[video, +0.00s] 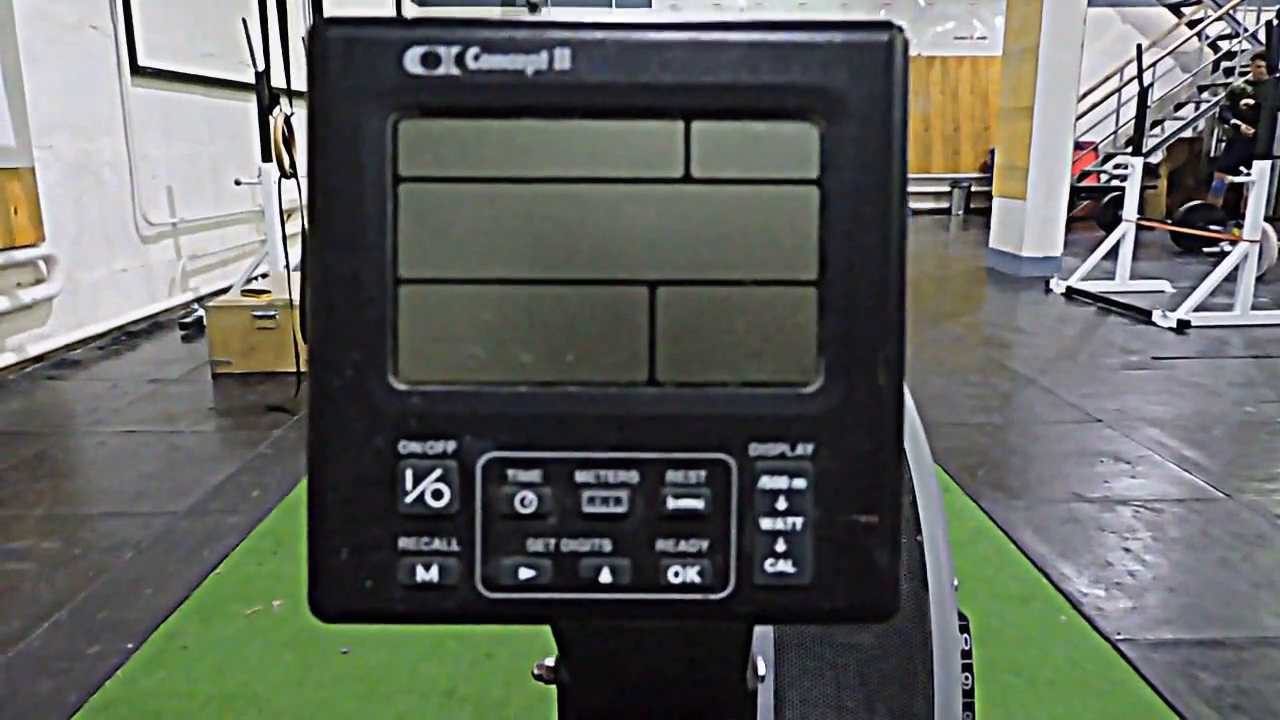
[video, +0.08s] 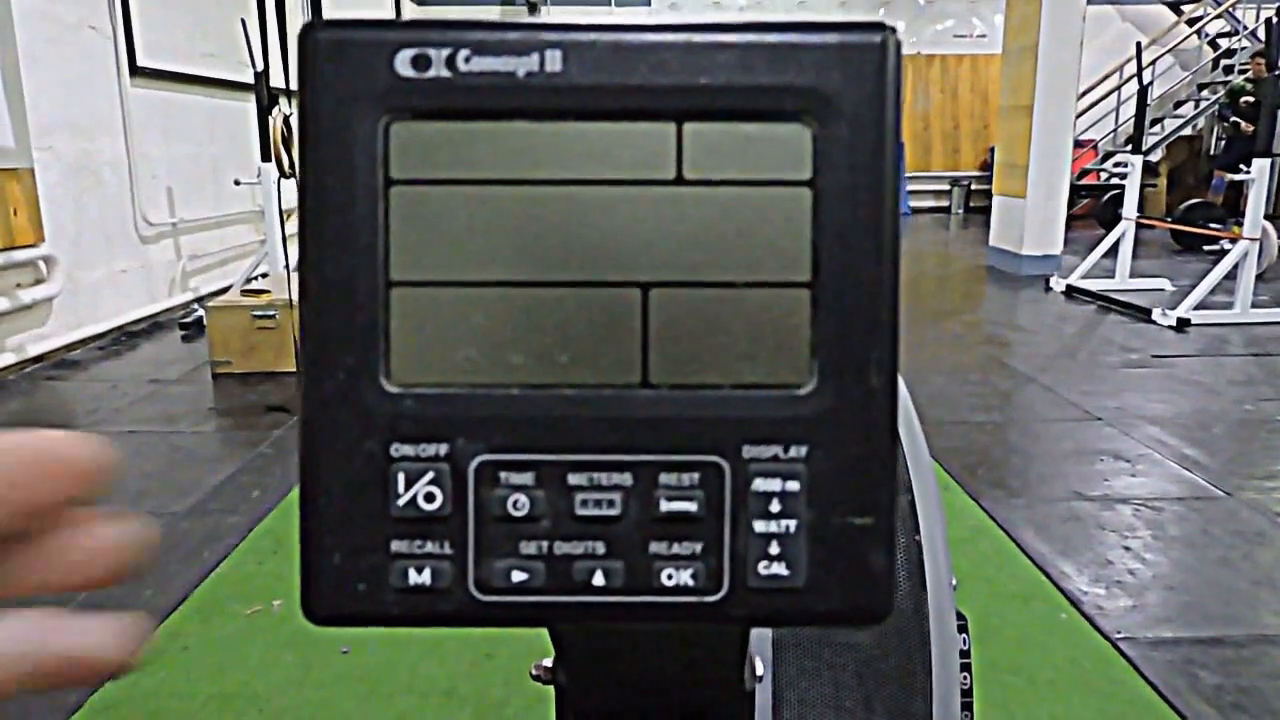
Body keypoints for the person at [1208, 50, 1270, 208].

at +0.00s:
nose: (1259, 70)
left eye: (1262, 67)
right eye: (1256, 66)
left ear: (1269, 69)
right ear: (1251, 67)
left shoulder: (1272, 89)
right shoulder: (1237, 87)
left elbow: (1273, 113)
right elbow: (1223, 111)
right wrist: (1238, 125)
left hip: (1261, 140)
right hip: (1238, 138)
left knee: (1256, 179)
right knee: (1221, 173)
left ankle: (1249, 218)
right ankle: (1210, 216)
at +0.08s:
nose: (1258, 68)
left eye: (1262, 64)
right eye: (1256, 64)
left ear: (1269, 67)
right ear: (1251, 64)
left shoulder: (1272, 88)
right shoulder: (1237, 85)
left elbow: (1274, 111)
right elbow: (1223, 109)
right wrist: (1238, 123)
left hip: (1261, 138)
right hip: (1238, 136)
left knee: (1256, 178)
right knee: (1221, 171)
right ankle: (1210, 215)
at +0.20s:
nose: (1259, 68)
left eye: (1263, 65)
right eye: (1257, 64)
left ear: (1270, 67)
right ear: (1252, 65)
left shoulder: (1273, 88)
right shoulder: (1238, 86)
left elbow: (1274, 113)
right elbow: (1223, 110)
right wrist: (1238, 124)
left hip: (1262, 138)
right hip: (1239, 136)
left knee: (1257, 176)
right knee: (1221, 170)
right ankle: (1211, 215)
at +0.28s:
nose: (1259, 67)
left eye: (1263, 64)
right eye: (1257, 63)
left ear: (1270, 66)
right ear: (1252, 65)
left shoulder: (1273, 87)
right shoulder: (1239, 85)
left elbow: (1274, 111)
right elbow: (1224, 109)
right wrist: (1238, 123)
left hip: (1262, 138)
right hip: (1239, 137)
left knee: (1257, 177)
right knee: (1221, 171)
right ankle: (1210, 215)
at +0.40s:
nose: (1259, 65)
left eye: (1262, 61)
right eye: (1257, 61)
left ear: (1269, 64)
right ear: (1252, 63)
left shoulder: (1272, 84)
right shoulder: (1239, 82)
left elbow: (1275, 108)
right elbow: (1223, 107)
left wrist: (1258, 100)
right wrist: (1238, 121)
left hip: (1262, 135)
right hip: (1239, 134)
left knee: (1257, 173)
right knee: (1221, 168)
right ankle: (1211, 212)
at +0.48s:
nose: (1258, 64)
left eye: (1262, 61)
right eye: (1256, 61)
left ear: (1268, 63)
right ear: (1251, 62)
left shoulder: (1272, 84)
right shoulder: (1238, 83)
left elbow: (1273, 109)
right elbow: (1222, 107)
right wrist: (1236, 120)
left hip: (1261, 135)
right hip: (1238, 134)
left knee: (1255, 173)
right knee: (1220, 167)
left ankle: (1248, 213)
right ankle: (1211, 210)